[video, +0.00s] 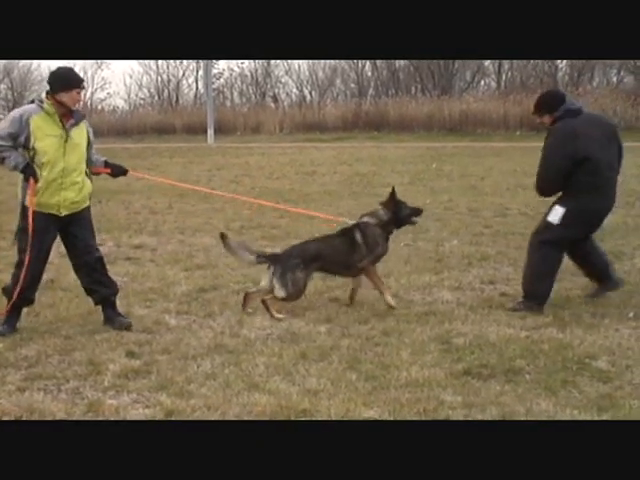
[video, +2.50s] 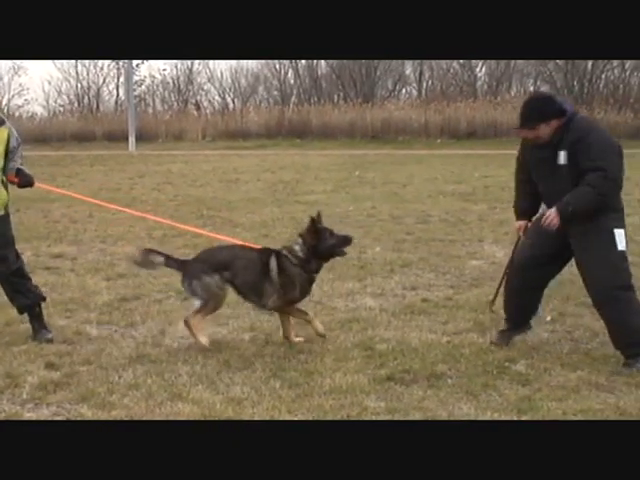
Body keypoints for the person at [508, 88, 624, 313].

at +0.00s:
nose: (541, 122)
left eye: (541, 117)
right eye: (539, 117)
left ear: (552, 113)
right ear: (564, 106)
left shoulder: (561, 133)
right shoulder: (602, 124)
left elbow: (546, 186)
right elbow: (615, 161)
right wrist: (600, 178)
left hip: (577, 201)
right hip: (603, 199)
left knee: (543, 241)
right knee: (575, 239)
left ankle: (533, 301)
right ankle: (607, 280)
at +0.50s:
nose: (548, 118)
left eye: (554, 114)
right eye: (546, 113)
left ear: (567, 117)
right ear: (542, 114)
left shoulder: (586, 141)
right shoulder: (534, 140)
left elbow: (609, 178)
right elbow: (521, 166)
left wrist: (616, 216)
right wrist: (517, 195)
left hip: (580, 206)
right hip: (547, 205)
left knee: (587, 252)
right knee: (531, 246)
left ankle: (622, 300)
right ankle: (542, 289)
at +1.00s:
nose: (550, 124)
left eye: (555, 119)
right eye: (549, 119)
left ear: (573, 119)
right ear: (549, 118)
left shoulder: (603, 140)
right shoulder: (543, 144)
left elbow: (627, 177)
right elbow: (532, 175)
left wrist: (602, 210)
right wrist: (533, 209)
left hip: (605, 218)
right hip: (565, 218)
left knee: (616, 267)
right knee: (555, 270)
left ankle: (632, 298)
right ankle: (549, 328)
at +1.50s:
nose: (604, 139)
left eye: (611, 134)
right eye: (602, 133)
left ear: (628, 134)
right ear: (597, 130)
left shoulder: (635, 155)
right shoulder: (586, 148)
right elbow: (564, 177)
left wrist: (637, 221)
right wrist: (561, 217)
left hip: (635, 224)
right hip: (604, 222)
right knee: (574, 270)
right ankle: (545, 331)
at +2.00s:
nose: (526, 126)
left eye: (528, 121)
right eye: (525, 121)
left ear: (543, 117)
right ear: (541, 117)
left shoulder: (575, 132)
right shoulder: (549, 134)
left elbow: (570, 178)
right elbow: (546, 171)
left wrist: (527, 186)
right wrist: (536, 205)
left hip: (594, 217)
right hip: (561, 215)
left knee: (604, 281)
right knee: (530, 260)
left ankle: (636, 340)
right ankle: (538, 324)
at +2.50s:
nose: (528, 136)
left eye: (532, 129)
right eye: (526, 130)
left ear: (552, 123)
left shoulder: (593, 139)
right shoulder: (532, 143)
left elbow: (603, 185)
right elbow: (525, 179)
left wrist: (563, 210)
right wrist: (523, 215)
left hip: (596, 221)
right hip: (554, 220)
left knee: (609, 287)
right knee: (522, 268)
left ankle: (634, 352)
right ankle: (516, 324)